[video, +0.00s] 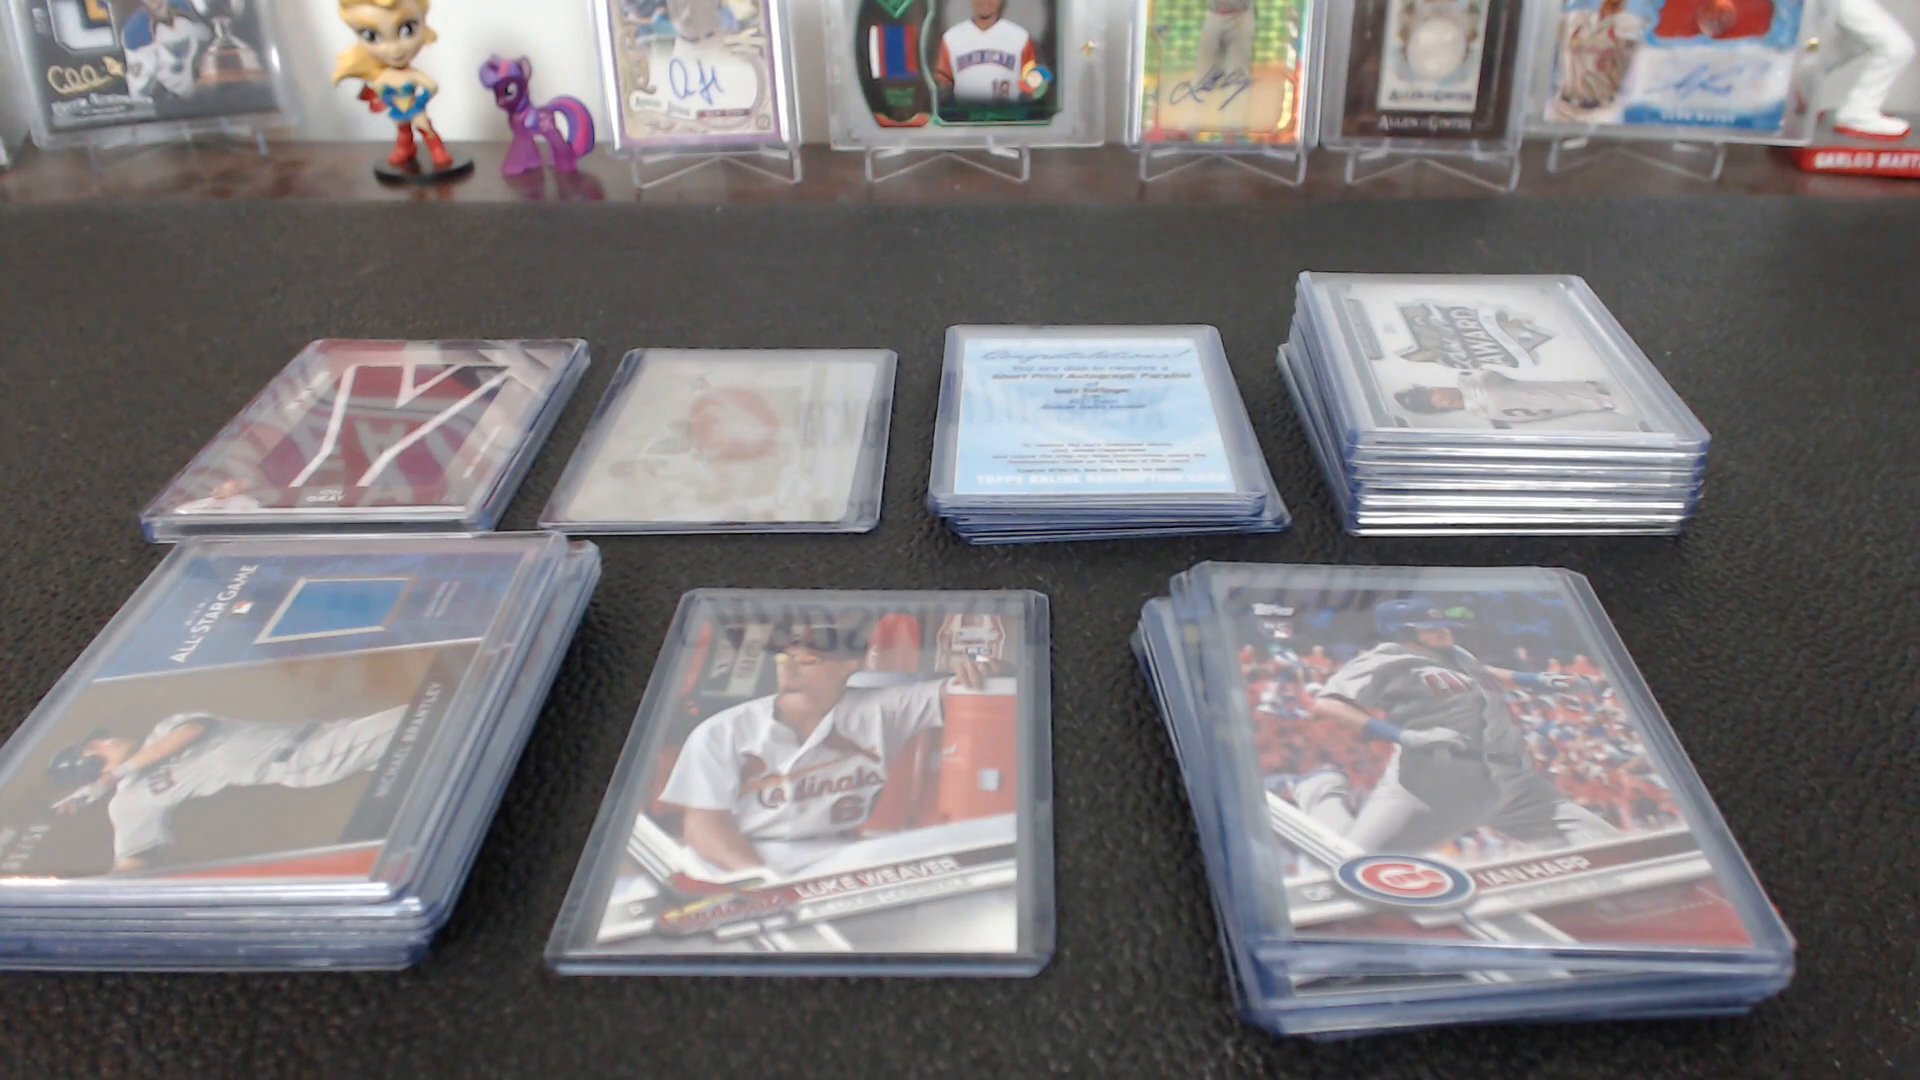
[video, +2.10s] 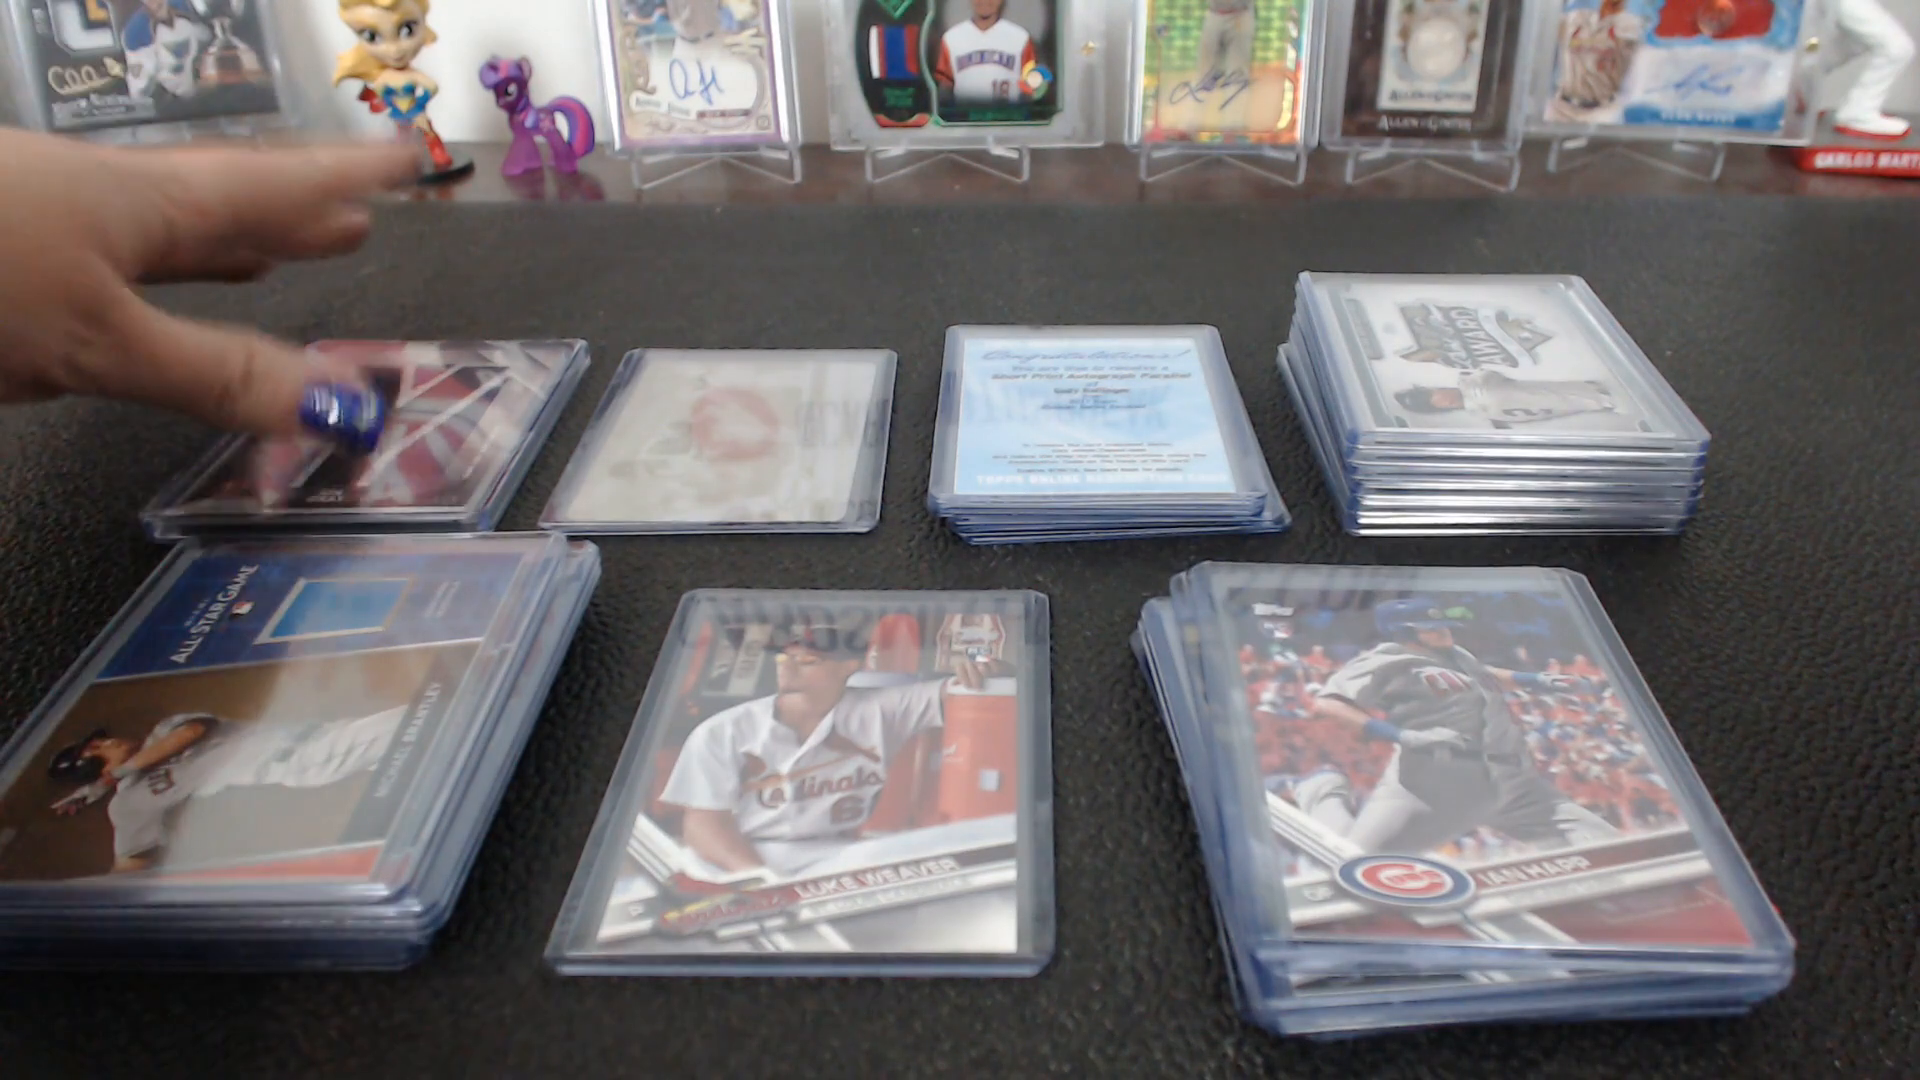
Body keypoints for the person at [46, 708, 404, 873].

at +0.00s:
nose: (111, 740)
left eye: (101, 739)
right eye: (101, 747)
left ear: (108, 742)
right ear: (100, 771)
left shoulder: (161, 729)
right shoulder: (131, 799)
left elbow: (193, 732)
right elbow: (129, 871)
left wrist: (119, 773)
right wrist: (82, 899)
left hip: (312, 733)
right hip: (299, 760)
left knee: (416, 722)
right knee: (414, 718)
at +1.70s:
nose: (109, 751)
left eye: (98, 747)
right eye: (99, 760)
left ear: (108, 736)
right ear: (100, 776)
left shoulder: (160, 727)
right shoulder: (131, 801)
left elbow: (191, 733)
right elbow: (128, 872)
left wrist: (117, 775)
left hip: (305, 735)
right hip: (291, 768)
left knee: (412, 719)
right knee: (408, 721)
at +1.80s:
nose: (104, 771)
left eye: (98, 758)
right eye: (94, 774)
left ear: (112, 741)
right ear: (96, 786)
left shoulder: (161, 731)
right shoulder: (130, 802)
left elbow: (193, 732)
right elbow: (130, 871)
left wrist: (124, 770)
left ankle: (418, 715)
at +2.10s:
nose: (115, 741)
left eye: (106, 739)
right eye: (104, 744)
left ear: (109, 742)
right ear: (100, 764)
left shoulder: (163, 727)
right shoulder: (129, 802)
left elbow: (196, 731)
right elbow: (129, 872)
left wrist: (115, 777)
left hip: (294, 736)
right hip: (277, 774)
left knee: (407, 721)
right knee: (399, 726)